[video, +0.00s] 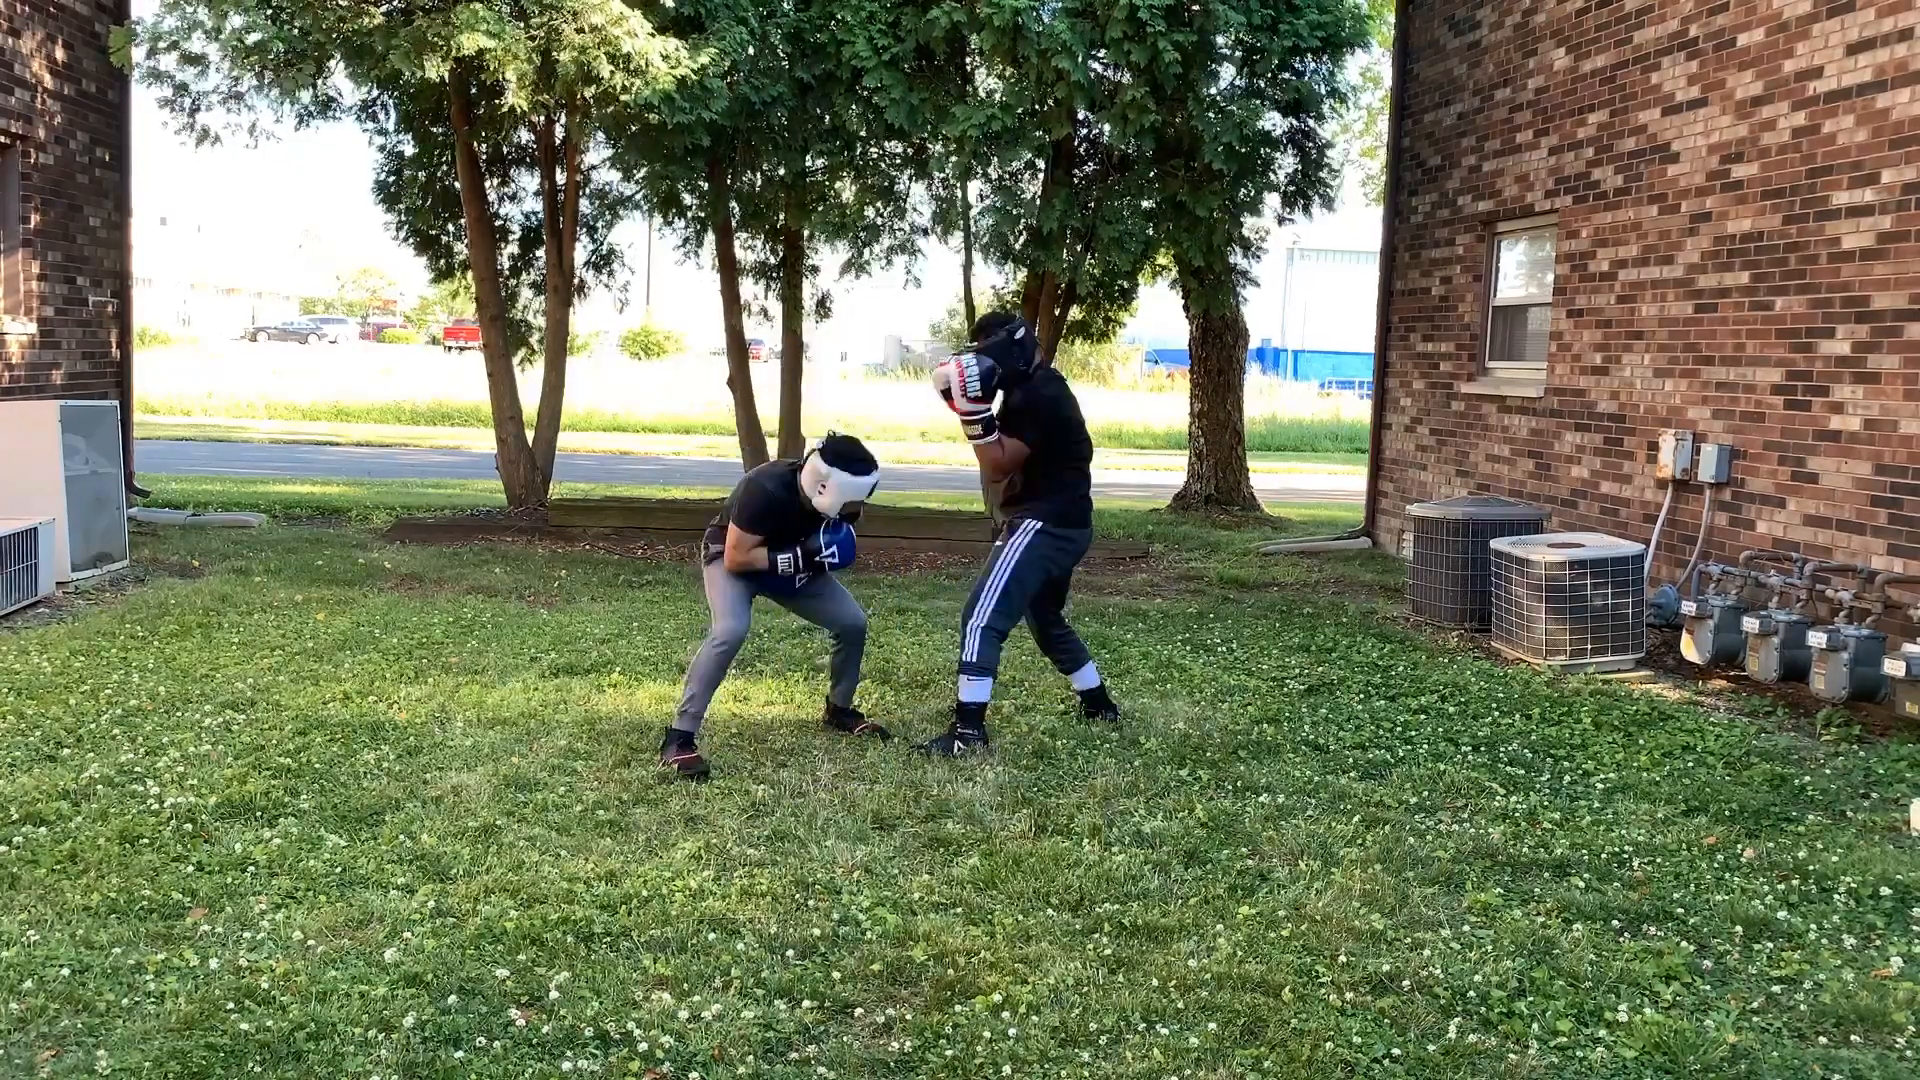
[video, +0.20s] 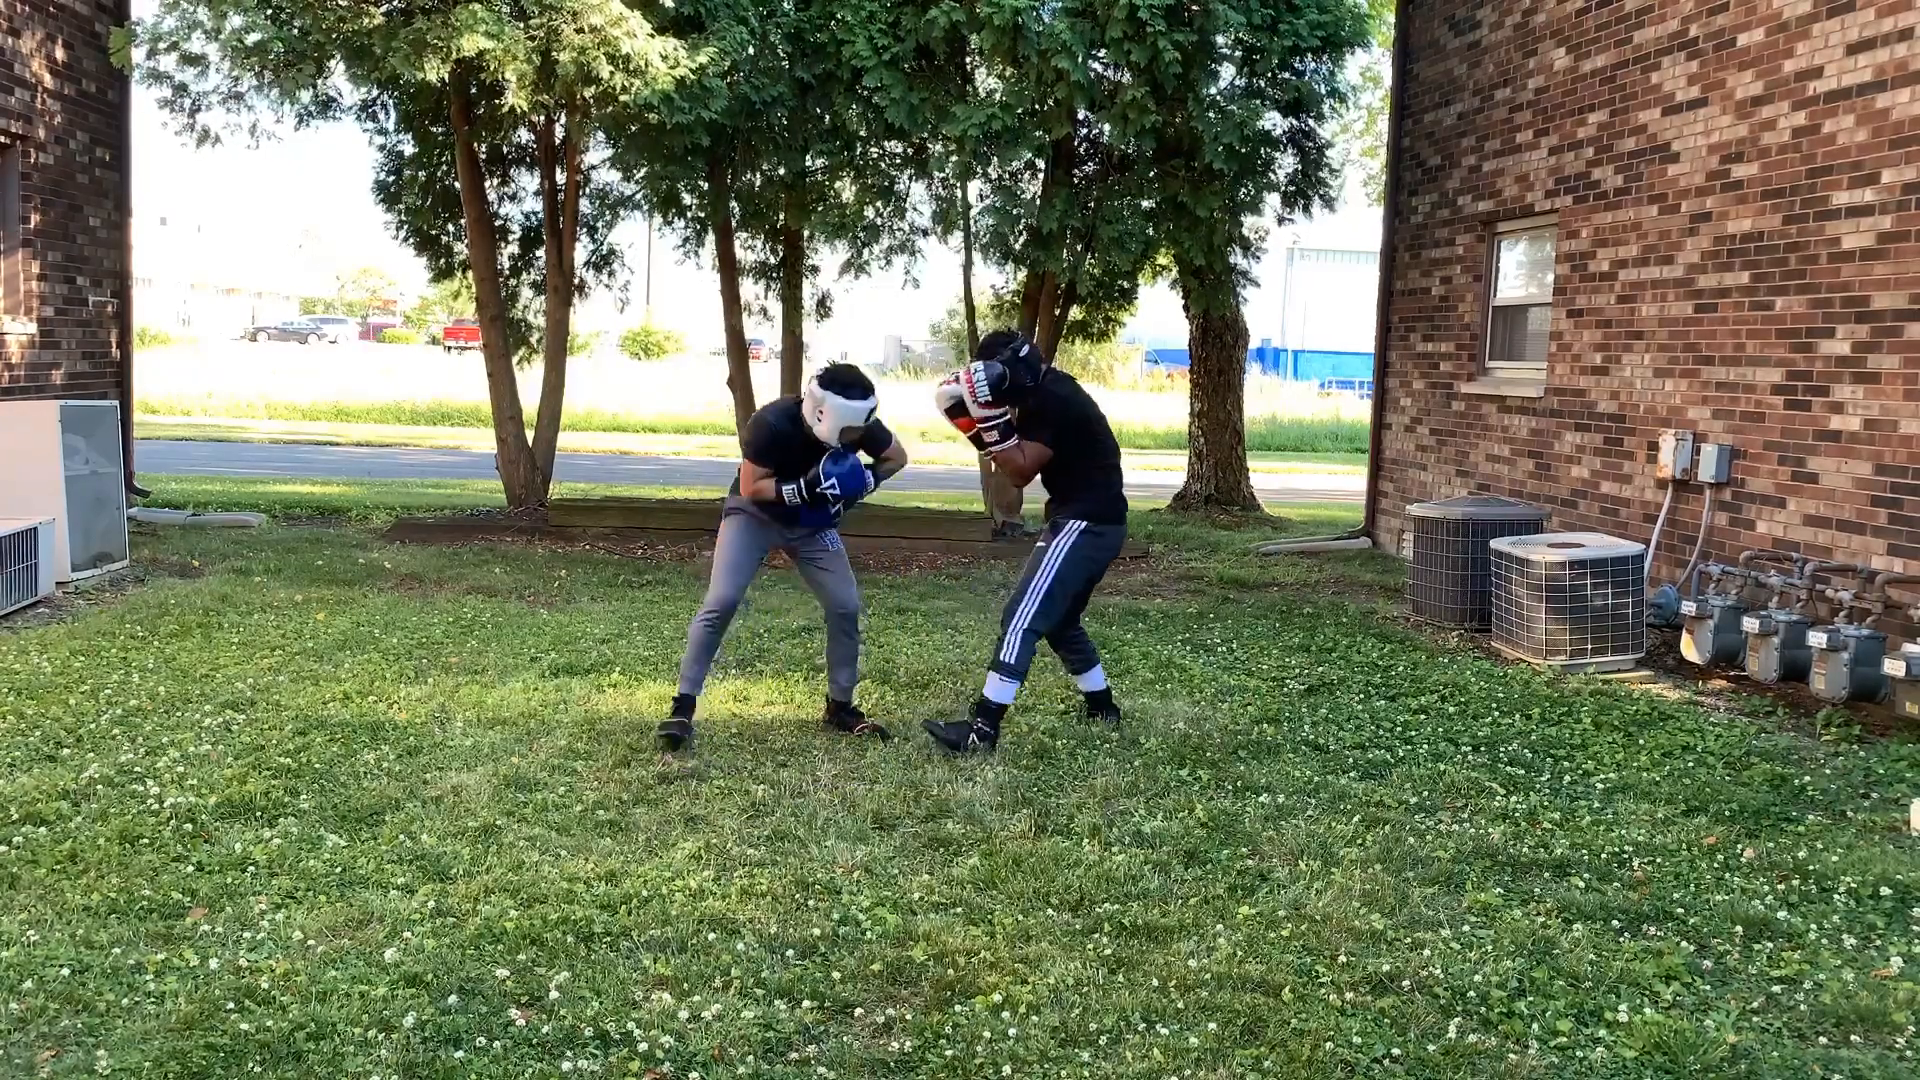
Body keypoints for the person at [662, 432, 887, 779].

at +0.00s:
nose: (854, 509)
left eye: (858, 501)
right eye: (850, 501)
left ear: (826, 486)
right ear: (824, 487)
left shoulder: (838, 499)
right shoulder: (764, 488)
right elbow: (735, 559)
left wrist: (836, 550)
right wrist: (799, 559)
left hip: (786, 559)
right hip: (732, 558)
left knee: (852, 623)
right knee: (730, 632)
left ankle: (840, 710)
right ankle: (680, 738)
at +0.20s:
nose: (848, 440)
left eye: (856, 431)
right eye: (842, 431)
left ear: (866, 415)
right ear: (818, 411)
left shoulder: (860, 426)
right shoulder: (770, 424)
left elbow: (897, 457)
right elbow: (750, 489)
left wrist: (864, 482)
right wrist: (804, 488)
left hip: (813, 524)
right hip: (753, 516)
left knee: (846, 606)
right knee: (721, 602)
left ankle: (840, 707)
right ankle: (683, 708)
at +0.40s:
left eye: (812, 357)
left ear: (815, 361)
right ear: (859, 356)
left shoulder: (798, 401)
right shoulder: (893, 387)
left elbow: (794, 459)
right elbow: (901, 451)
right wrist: (896, 381)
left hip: (829, 540)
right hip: (888, 532)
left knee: (830, 630)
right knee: (932, 645)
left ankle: (804, 734)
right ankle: (914, 765)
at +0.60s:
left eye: (823, 342)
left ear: (824, 348)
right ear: (869, 346)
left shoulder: (798, 391)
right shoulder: (901, 385)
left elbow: (791, 458)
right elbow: (909, 454)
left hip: (816, 544)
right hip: (878, 540)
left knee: (824, 634)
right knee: (923, 659)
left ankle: (802, 735)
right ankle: (909, 781)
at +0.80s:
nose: (820, 325)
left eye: (825, 319)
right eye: (827, 317)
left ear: (832, 332)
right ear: (876, 333)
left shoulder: (797, 372)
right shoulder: (902, 388)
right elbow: (892, 445)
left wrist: (843, 355)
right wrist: (886, 363)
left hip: (792, 541)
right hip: (854, 541)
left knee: (798, 626)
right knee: (904, 655)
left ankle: (790, 734)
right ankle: (908, 780)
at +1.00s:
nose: (844, 347)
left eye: (841, 341)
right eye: (845, 339)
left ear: (788, 329)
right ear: (835, 335)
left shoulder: (752, 377)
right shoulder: (844, 376)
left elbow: (773, 436)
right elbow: (870, 446)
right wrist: (869, 396)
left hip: (751, 536)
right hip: (804, 536)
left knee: (770, 627)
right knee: (867, 650)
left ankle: (724, 733)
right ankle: (900, 780)